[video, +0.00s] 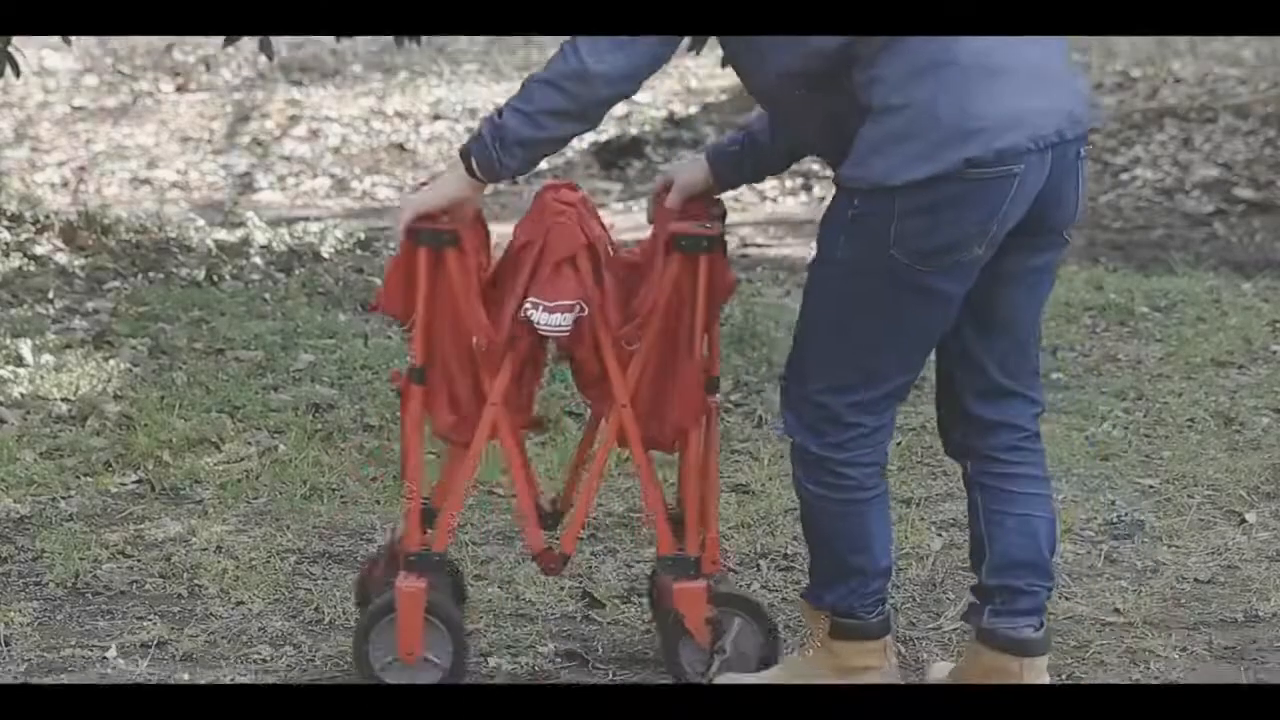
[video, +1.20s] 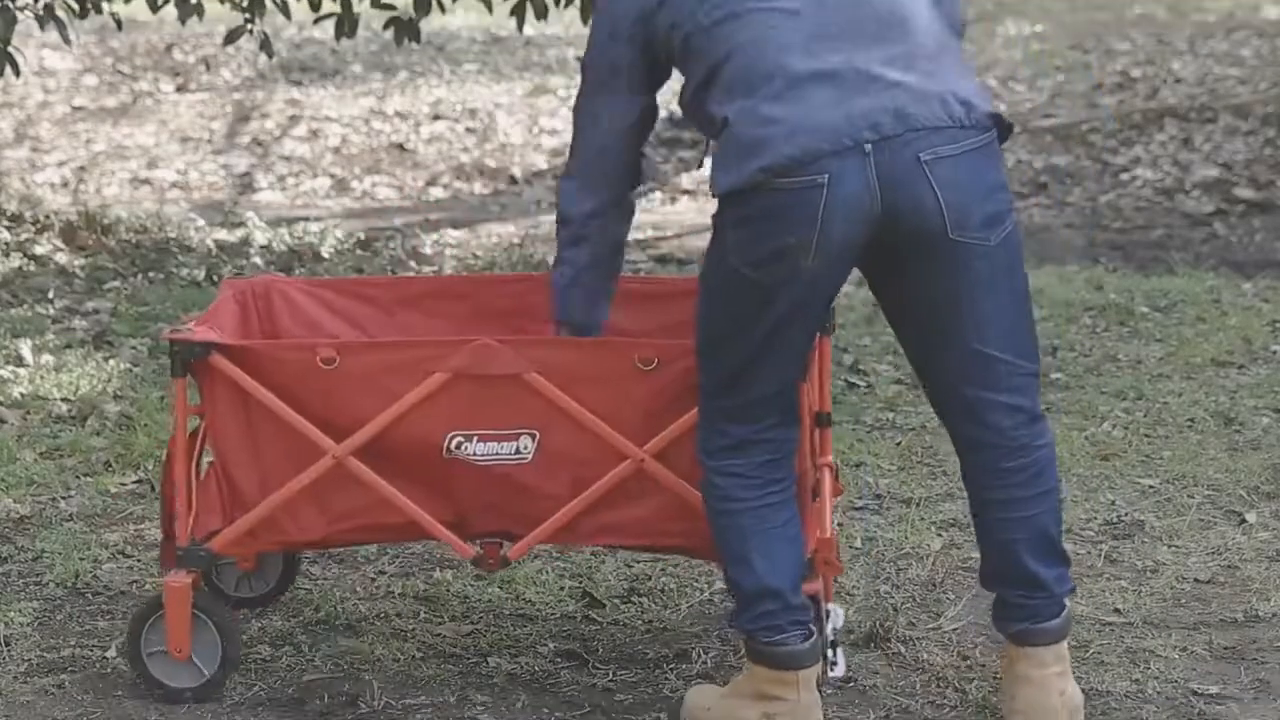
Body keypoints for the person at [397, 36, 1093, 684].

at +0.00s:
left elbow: (602, 66)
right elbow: (844, 92)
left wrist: (472, 171)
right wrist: (717, 167)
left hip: (932, 150)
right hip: (1056, 133)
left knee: (836, 414)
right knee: (1000, 416)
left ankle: (852, 650)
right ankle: (1010, 655)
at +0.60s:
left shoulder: (656, 8)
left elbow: (596, 105)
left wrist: (557, 247)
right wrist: (790, 229)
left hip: (845, 159)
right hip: (995, 146)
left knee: (772, 438)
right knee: (1011, 434)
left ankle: (780, 674)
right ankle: (1025, 669)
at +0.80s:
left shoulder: (640, 18)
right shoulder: (867, 11)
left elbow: (593, 213)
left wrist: (545, 366)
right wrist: (790, 302)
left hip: (792, 185)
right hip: (953, 162)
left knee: (734, 435)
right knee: (997, 425)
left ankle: (779, 675)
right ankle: (1038, 668)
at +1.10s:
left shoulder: (640, 14)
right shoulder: (872, 5)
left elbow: (598, 202)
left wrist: (557, 350)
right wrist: (793, 297)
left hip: (788, 186)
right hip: (945, 157)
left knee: (734, 433)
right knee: (999, 421)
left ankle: (778, 677)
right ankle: (1042, 669)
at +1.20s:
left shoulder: (640, 2)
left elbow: (603, 152)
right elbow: (946, 24)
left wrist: (579, 310)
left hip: (791, 178)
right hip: (950, 152)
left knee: (747, 429)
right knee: (1003, 418)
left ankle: (780, 672)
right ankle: (1042, 661)